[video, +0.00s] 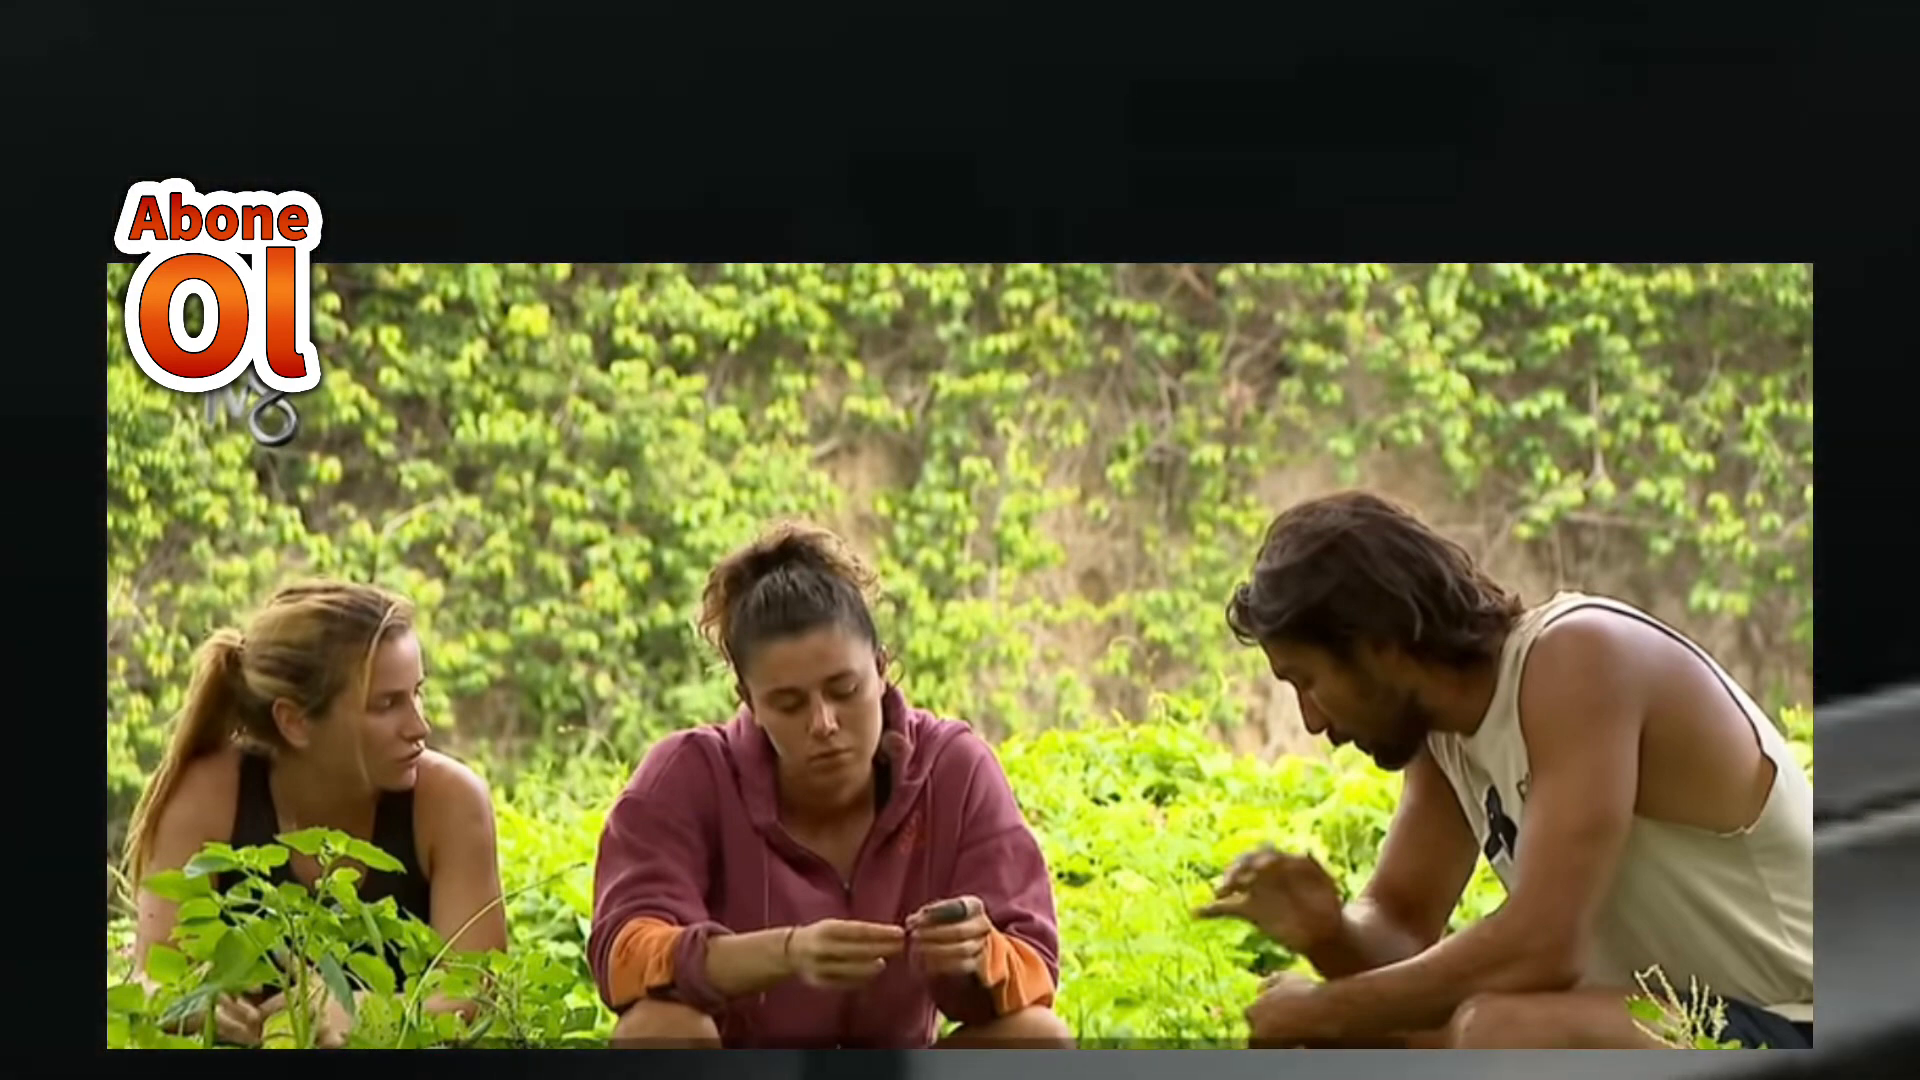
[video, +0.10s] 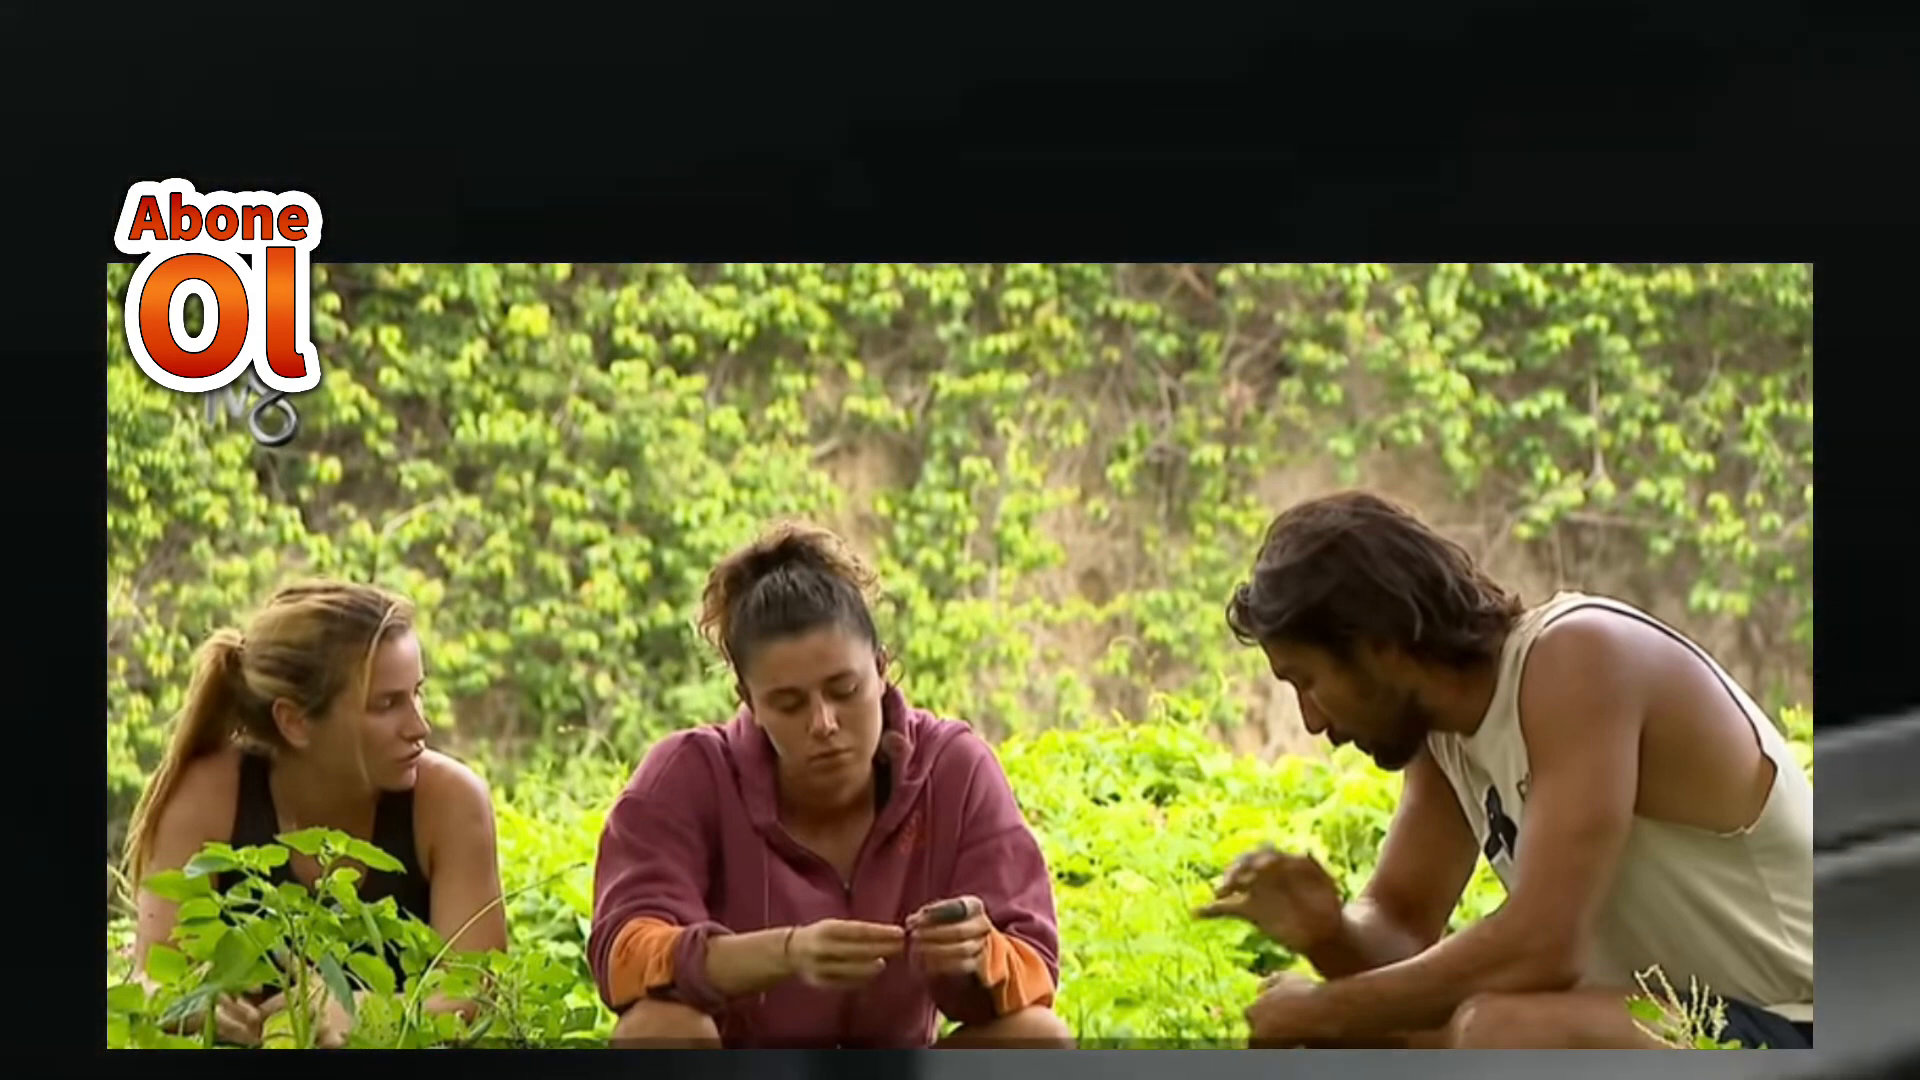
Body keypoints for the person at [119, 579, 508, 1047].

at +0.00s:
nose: (420, 725)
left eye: (417, 695)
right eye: (388, 705)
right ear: (295, 722)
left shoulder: (451, 799)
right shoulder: (206, 791)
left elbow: (470, 1002)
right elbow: (151, 983)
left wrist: (354, 1013)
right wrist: (197, 1008)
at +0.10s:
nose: (420, 725)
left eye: (417, 695)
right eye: (388, 705)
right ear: (295, 722)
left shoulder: (451, 799)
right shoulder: (205, 792)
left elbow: (470, 1001)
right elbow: (153, 984)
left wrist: (354, 1013)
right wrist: (200, 1009)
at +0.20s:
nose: (420, 725)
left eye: (417, 695)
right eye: (388, 705)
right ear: (295, 722)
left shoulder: (451, 799)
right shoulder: (205, 792)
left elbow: (470, 1001)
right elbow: (152, 984)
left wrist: (354, 1013)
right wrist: (200, 1009)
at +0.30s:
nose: (420, 725)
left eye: (417, 695)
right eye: (388, 705)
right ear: (295, 723)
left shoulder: (451, 799)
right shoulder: (206, 791)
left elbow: (470, 1002)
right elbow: (152, 983)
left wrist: (355, 1013)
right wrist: (197, 1008)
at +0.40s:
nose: (420, 725)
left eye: (417, 695)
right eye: (388, 705)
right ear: (295, 722)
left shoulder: (451, 799)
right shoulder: (206, 791)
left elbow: (470, 1002)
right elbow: (152, 983)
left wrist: (354, 1013)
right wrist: (197, 1008)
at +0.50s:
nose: (420, 725)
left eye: (417, 695)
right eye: (388, 705)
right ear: (295, 722)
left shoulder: (451, 799)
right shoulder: (206, 791)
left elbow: (470, 1002)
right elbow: (152, 983)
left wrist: (354, 1013)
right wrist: (197, 1008)